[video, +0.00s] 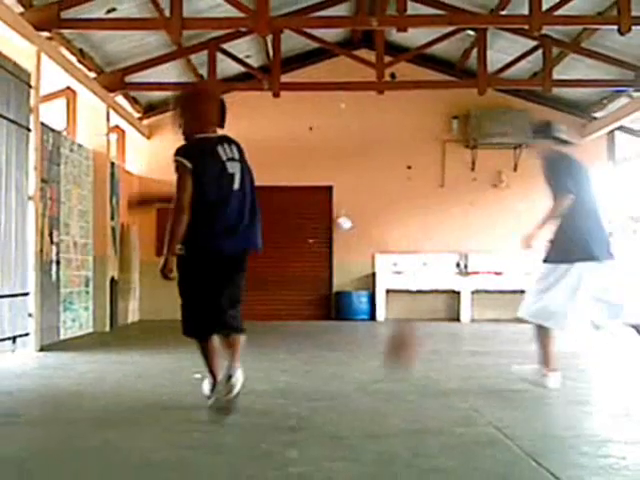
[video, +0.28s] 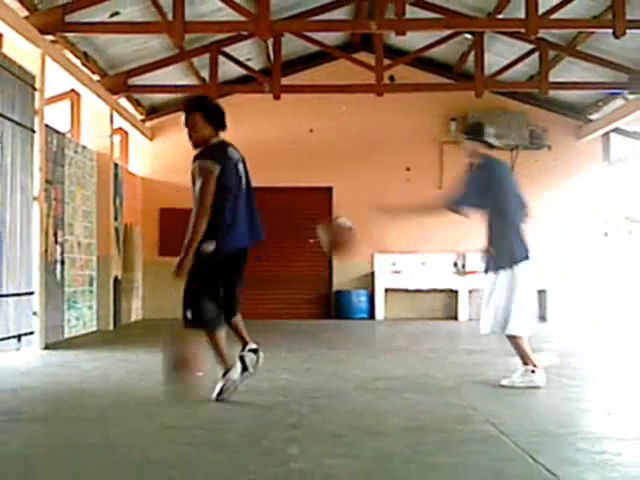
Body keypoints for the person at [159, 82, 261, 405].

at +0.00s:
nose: (179, 122)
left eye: (181, 115)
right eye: (179, 115)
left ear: (191, 117)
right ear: (216, 117)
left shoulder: (188, 153)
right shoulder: (233, 147)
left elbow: (183, 206)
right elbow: (245, 197)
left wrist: (170, 251)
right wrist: (245, 239)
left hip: (201, 246)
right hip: (236, 244)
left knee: (199, 315)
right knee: (230, 310)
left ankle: (215, 376)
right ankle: (234, 367)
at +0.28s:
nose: (189, 133)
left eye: (192, 126)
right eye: (188, 127)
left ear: (208, 124)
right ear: (213, 125)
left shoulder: (206, 160)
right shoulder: (233, 153)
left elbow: (202, 211)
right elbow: (239, 201)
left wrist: (186, 254)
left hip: (214, 244)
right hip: (238, 240)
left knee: (201, 305)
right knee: (227, 301)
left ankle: (228, 368)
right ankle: (248, 345)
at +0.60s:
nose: (201, 161)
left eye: (208, 156)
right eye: (198, 155)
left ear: (221, 159)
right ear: (194, 159)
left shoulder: (229, 189)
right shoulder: (199, 190)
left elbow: (253, 224)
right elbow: (209, 224)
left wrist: (217, 241)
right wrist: (203, 244)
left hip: (234, 263)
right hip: (212, 262)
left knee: (215, 327)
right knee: (206, 324)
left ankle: (250, 366)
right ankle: (236, 364)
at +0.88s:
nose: (201, 136)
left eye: (207, 131)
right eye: (197, 131)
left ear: (221, 134)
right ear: (194, 135)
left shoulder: (238, 160)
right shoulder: (186, 164)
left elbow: (270, 175)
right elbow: (159, 185)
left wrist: (262, 213)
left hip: (231, 237)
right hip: (203, 239)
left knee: (214, 296)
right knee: (211, 298)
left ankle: (218, 353)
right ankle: (229, 352)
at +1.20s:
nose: (209, 157)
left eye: (214, 152)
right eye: (205, 152)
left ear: (223, 154)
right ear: (198, 154)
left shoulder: (235, 186)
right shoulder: (183, 182)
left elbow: (249, 219)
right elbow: (167, 211)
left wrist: (263, 241)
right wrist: (172, 240)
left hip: (225, 262)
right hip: (194, 261)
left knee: (218, 316)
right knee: (193, 317)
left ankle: (215, 363)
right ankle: (208, 351)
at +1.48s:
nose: (222, 171)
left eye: (226, 166)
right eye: (218, 166)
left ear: (232, 166)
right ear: (210, 165)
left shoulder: (240, 191)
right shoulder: (197, 189)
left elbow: (246, 226)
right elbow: (188, 227)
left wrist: (248, 257)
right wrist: (197, 259)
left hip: (231, 259)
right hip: (204, 258)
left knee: (227, 306)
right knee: (197, 304)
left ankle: (224, 348)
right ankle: (206, 336)